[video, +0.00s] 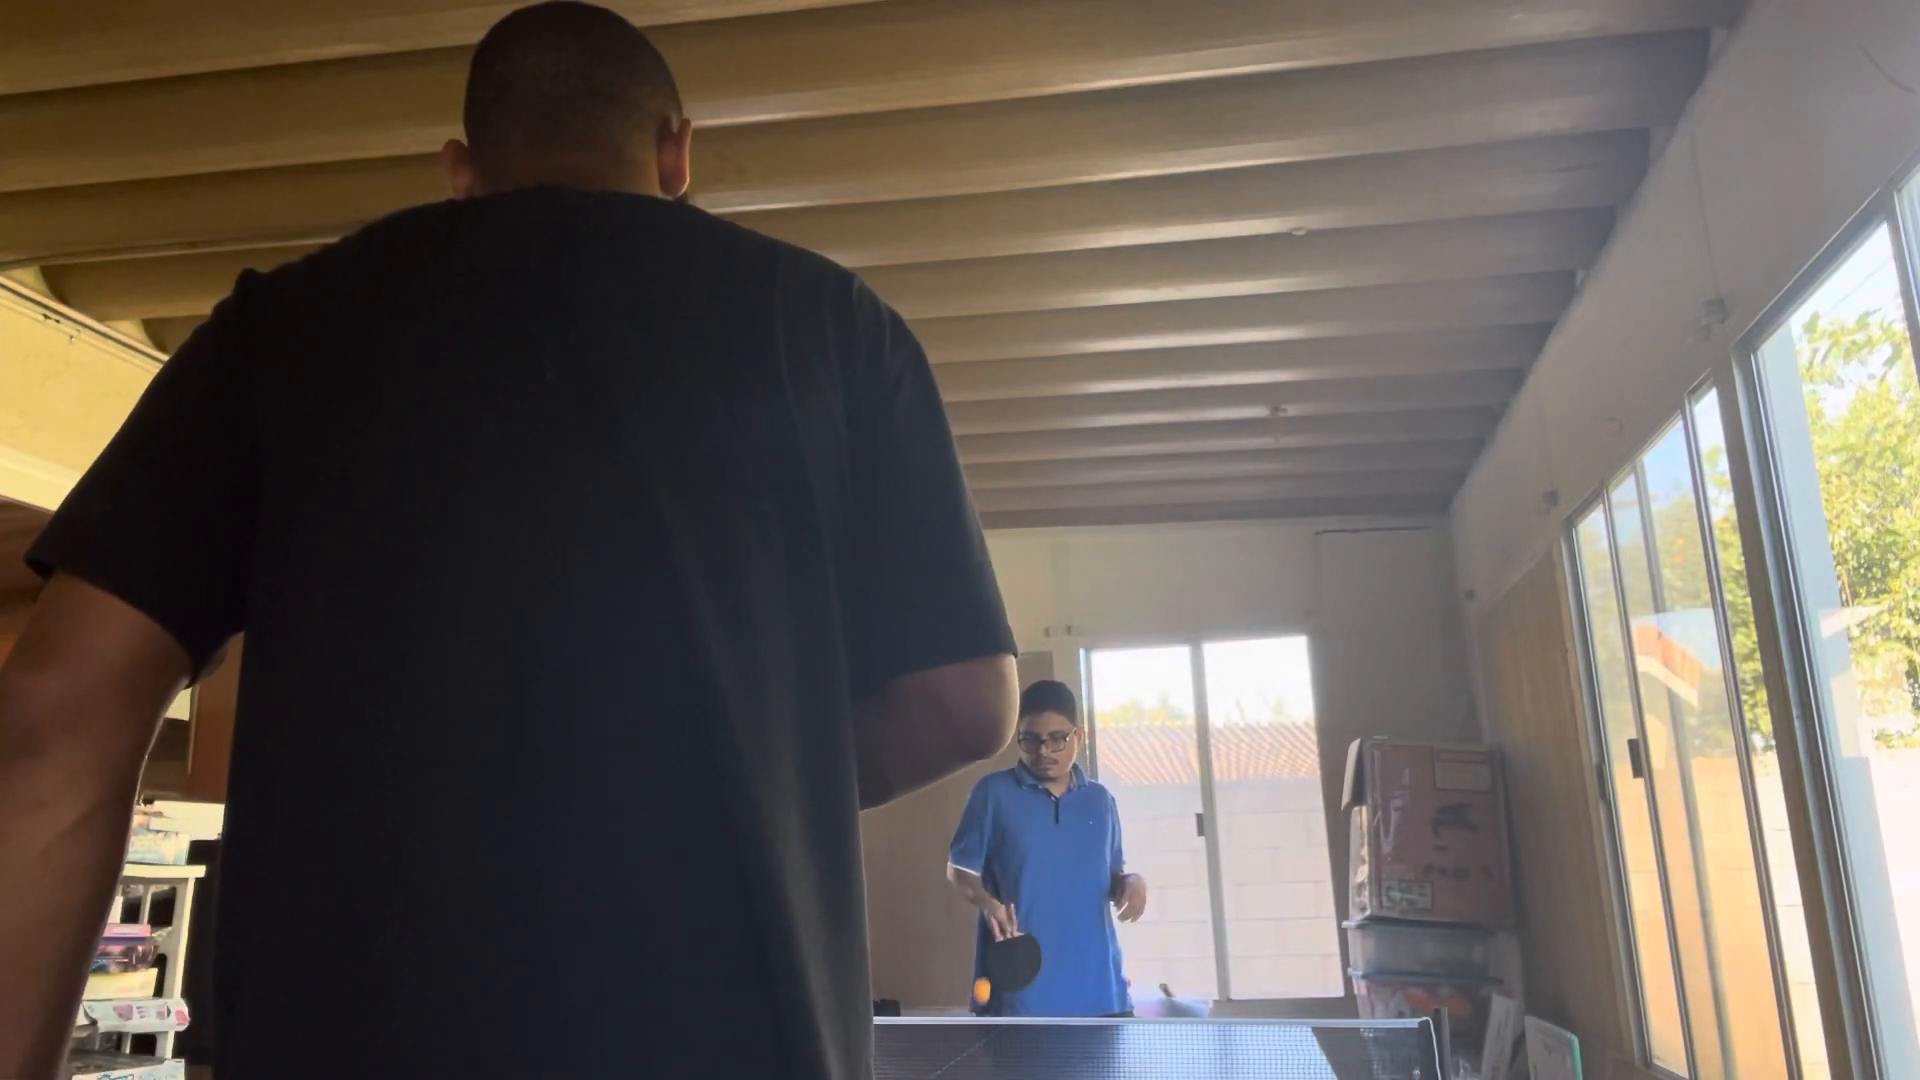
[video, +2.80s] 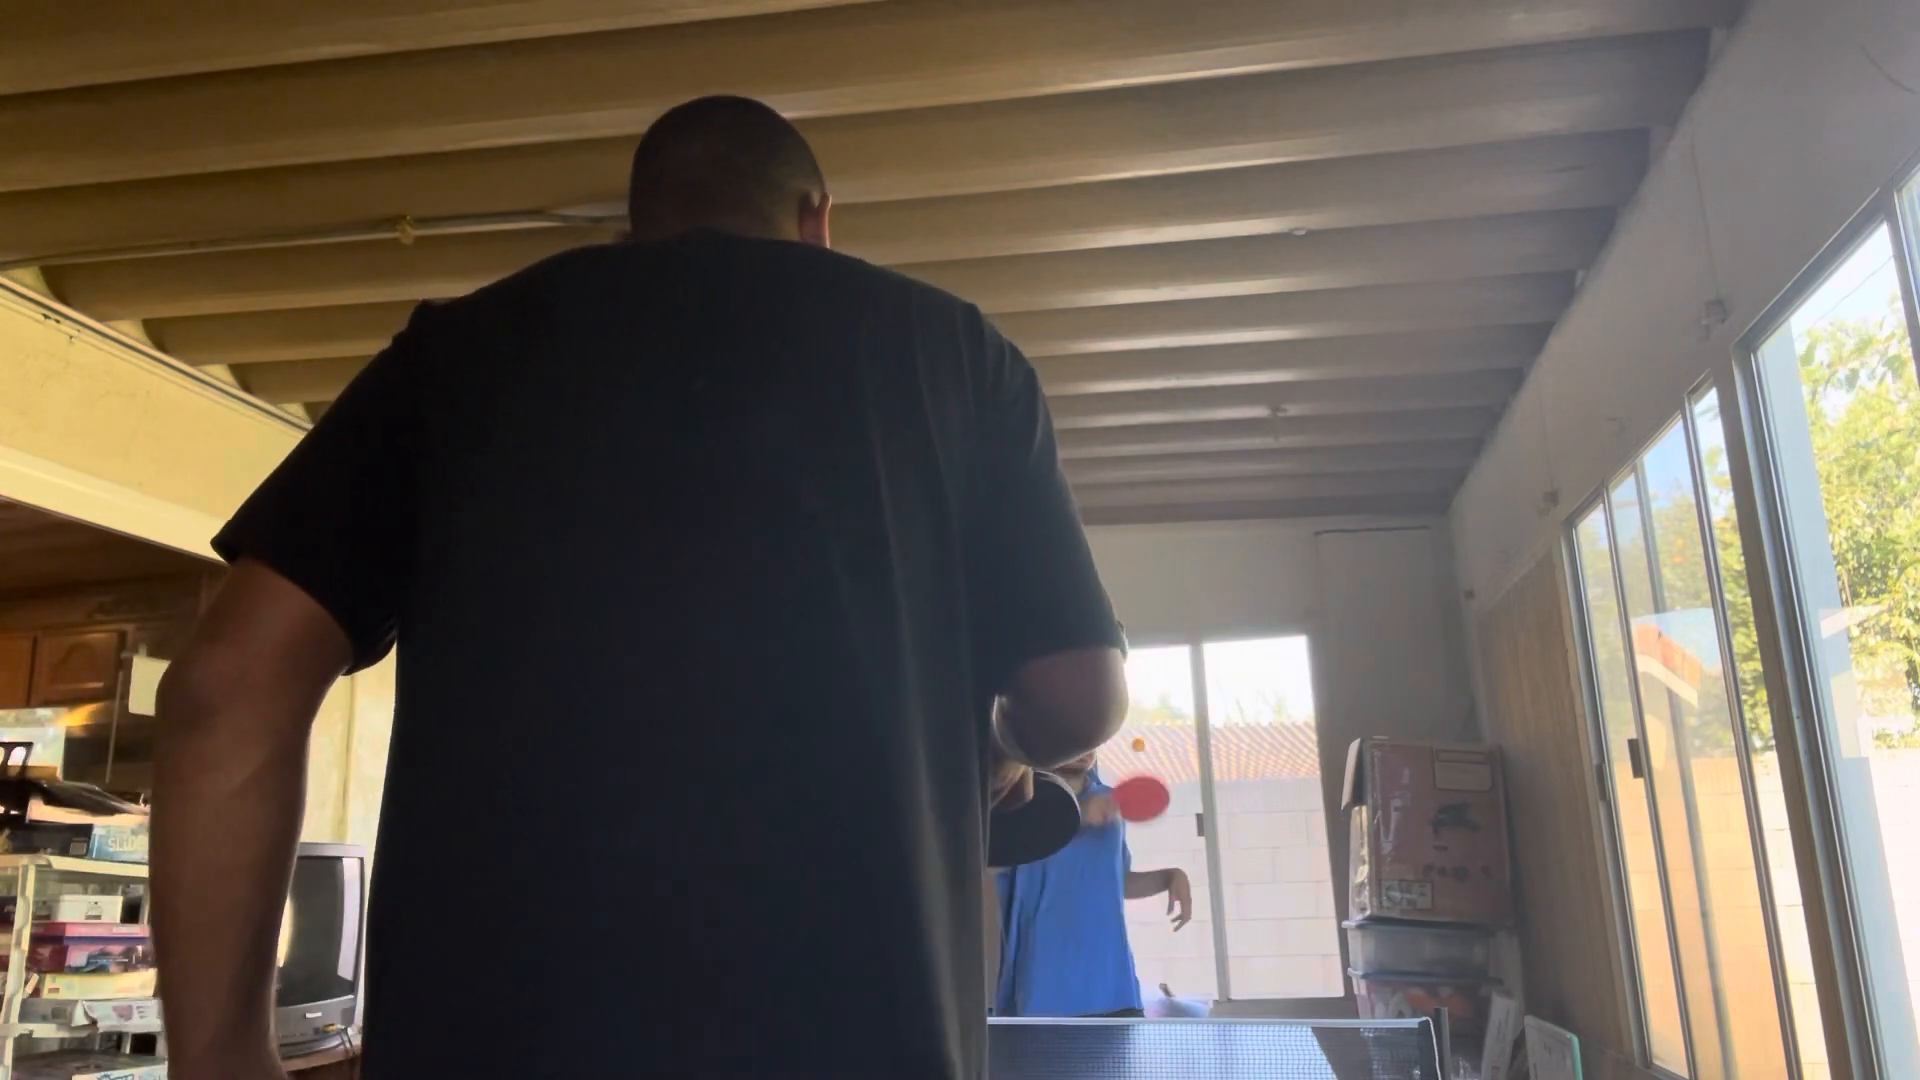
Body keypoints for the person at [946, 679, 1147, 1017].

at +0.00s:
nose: (1044, 751)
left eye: (1057, 738)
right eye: (1031, 739)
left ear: (1078, 738)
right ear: (1017, 738)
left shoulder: (1100, 801)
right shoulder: (994, 794)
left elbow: (1111, 879)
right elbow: (959, 870)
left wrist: (1133, 882)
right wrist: (988, 903)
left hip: (1097, 993)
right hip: (1022, 996)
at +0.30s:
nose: (1045, 746)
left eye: (1057, 734)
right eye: (1032, 736)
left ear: (1079, 736)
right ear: (1019, 738)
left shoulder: (1102, 801)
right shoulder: (996, 794)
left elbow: (1118, 879)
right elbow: (959, 877)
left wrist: (1137, 878)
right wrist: (986, 868)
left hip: (1100, 994)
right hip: (1023, 997)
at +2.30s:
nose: (1069, 746)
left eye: (1078, 737)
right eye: (1058, 736)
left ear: (1091, 742)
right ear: (1029, 736)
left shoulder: (1110, 800)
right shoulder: (1011, 796)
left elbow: (1124, 875)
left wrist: (1145, 878)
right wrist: (1036, 859)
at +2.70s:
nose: (1084, 755)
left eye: (1091, 744)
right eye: (1071, 744)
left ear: (1098, 746)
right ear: (1042, 746)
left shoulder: (1108, 801)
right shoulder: (1019, 799)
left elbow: (1114, 884)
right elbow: (985, 876)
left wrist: (1168, 878)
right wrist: (1071, 853)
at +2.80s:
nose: (1084, 746)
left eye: (1091, 736)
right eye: (1070, 736)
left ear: (1100, 739)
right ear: (1038, 737)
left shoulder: (1105, 801)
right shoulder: (1013, 800)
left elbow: (1118, 882)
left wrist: (1169, 876)